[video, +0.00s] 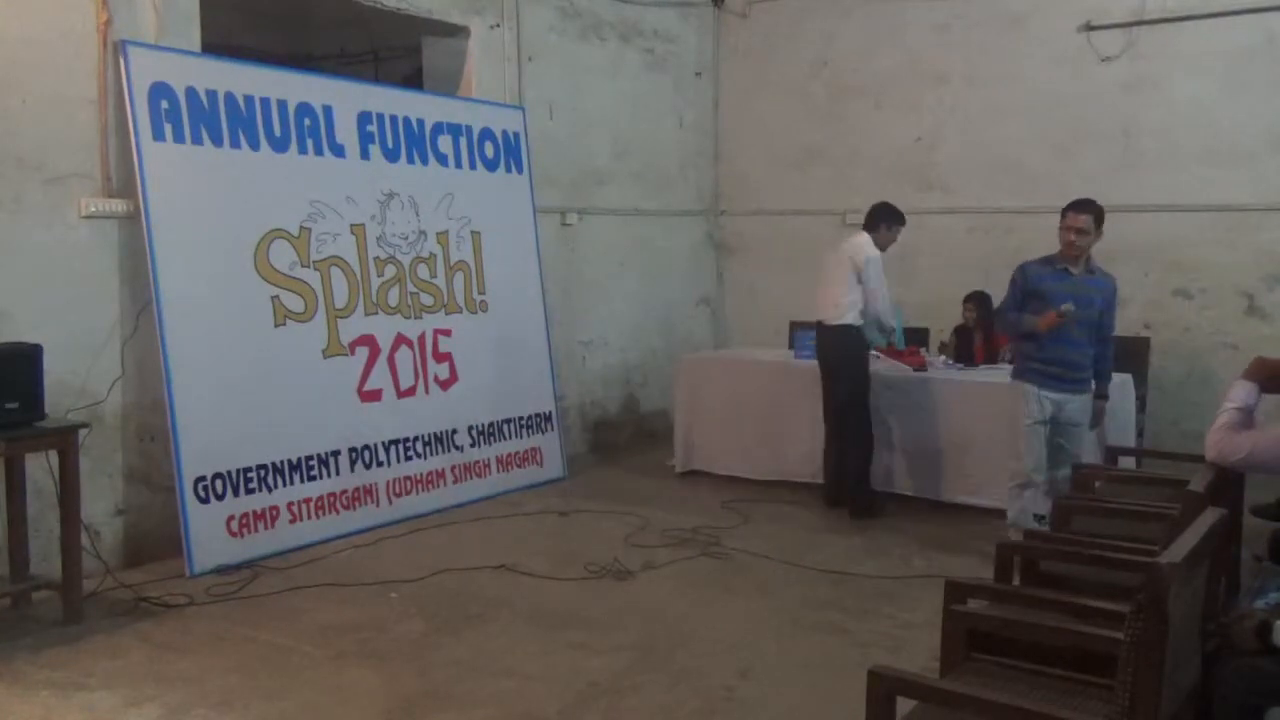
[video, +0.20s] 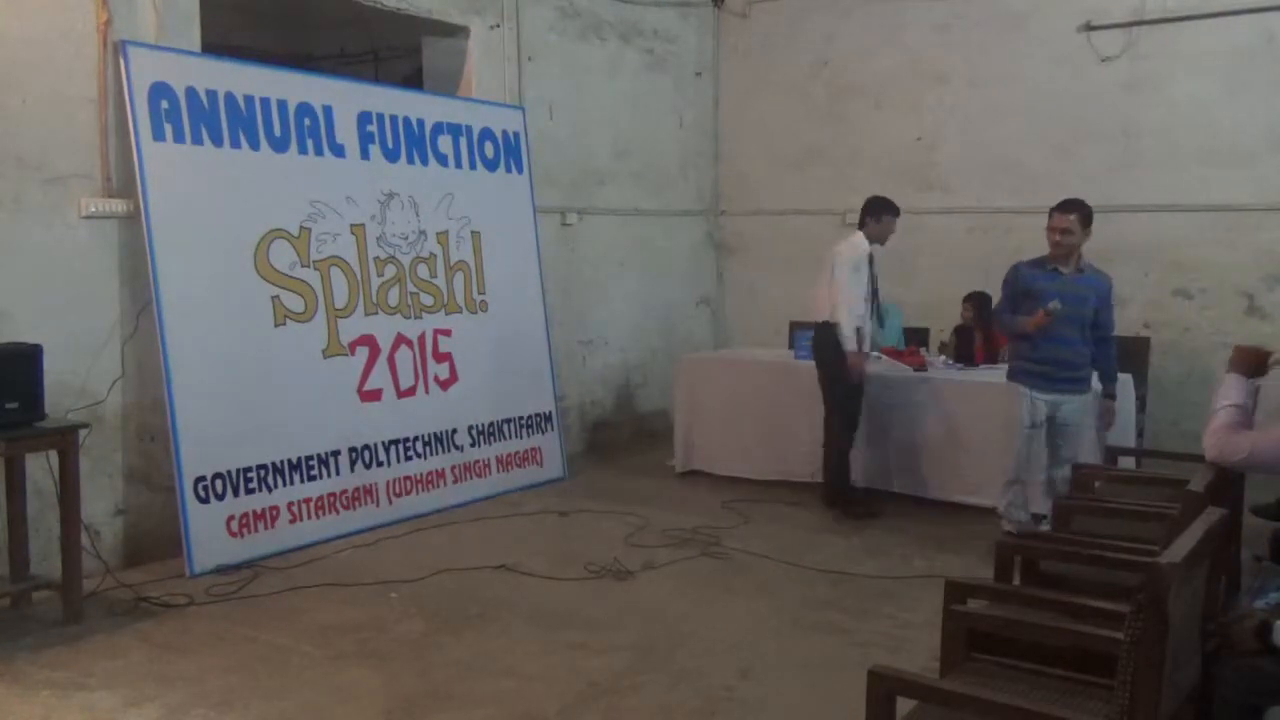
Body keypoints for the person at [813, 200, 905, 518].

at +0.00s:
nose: (896, 240)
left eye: (898, 234)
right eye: (895, 232)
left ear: (872, 225)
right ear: (882, 227)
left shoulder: (846, 245)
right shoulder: (867, 249)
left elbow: (849, 305)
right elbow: (877, 303)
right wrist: (894, 330)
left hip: (826, 334)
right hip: (847, 335)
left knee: (836, 416)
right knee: (856, 417)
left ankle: (835, 491)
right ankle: (860, 498)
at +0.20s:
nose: (892, 232)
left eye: (894, 225)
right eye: (890, 224)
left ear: (872, 222)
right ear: (872, 221)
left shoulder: (860, 250)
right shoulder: (852, 250)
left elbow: (859, 305)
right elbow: (845, 303)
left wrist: (864, 346)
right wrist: (850, 348)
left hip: (845, 336)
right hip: (835, 337)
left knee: (844, 415)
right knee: (842, 415)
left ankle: (837, 488)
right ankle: (838, 491)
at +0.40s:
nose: (883, 232)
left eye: (883, 226)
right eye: (882, 225)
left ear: (865, 220)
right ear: (871, 222)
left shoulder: (865, 255)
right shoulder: (835, 251)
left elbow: (877, 300)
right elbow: (817, 295)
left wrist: (891, 342)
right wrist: (814, 337)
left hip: (852, 338)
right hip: (829, 337)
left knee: (849, 416)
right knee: (826, 418)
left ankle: (837, 489)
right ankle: (812, 500)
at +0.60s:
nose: (873, 231)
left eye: (873, 225)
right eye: (873, 225)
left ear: (848, 219)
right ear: (866, 223)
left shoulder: (850, 252)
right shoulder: (835, 250)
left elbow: (860, 305)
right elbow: (816, 299)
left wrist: (891, 336)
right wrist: (808, 352)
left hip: (840, 341)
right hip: (825, 341)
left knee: (840, 419)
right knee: (820, 422)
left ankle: (835, 488)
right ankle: (807, 500)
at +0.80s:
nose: (862, 228)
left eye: (860, 222)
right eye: (862, 222)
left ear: (834, 217)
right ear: (857, 222)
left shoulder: (825, 247)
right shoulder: (835, 249)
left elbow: (825, 303)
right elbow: (830, 305)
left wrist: (843, 346)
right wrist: (844, 351)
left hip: (810, 336)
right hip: (815, 338)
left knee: (823, 418)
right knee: (820, 419)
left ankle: (820, 490)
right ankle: (807, 499)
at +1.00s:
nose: (851, 226)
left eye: (850, 220)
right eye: (851, 220)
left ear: (822, 217)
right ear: (847, 220)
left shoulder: (816, 245)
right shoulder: (828, 246)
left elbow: (817, 303)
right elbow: (826, 301)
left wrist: (842, 343)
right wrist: (863, 335)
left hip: (801, 338)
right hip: (809, 340)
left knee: (807, 420)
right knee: (811, 421)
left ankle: (798, 496)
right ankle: (801, 499)